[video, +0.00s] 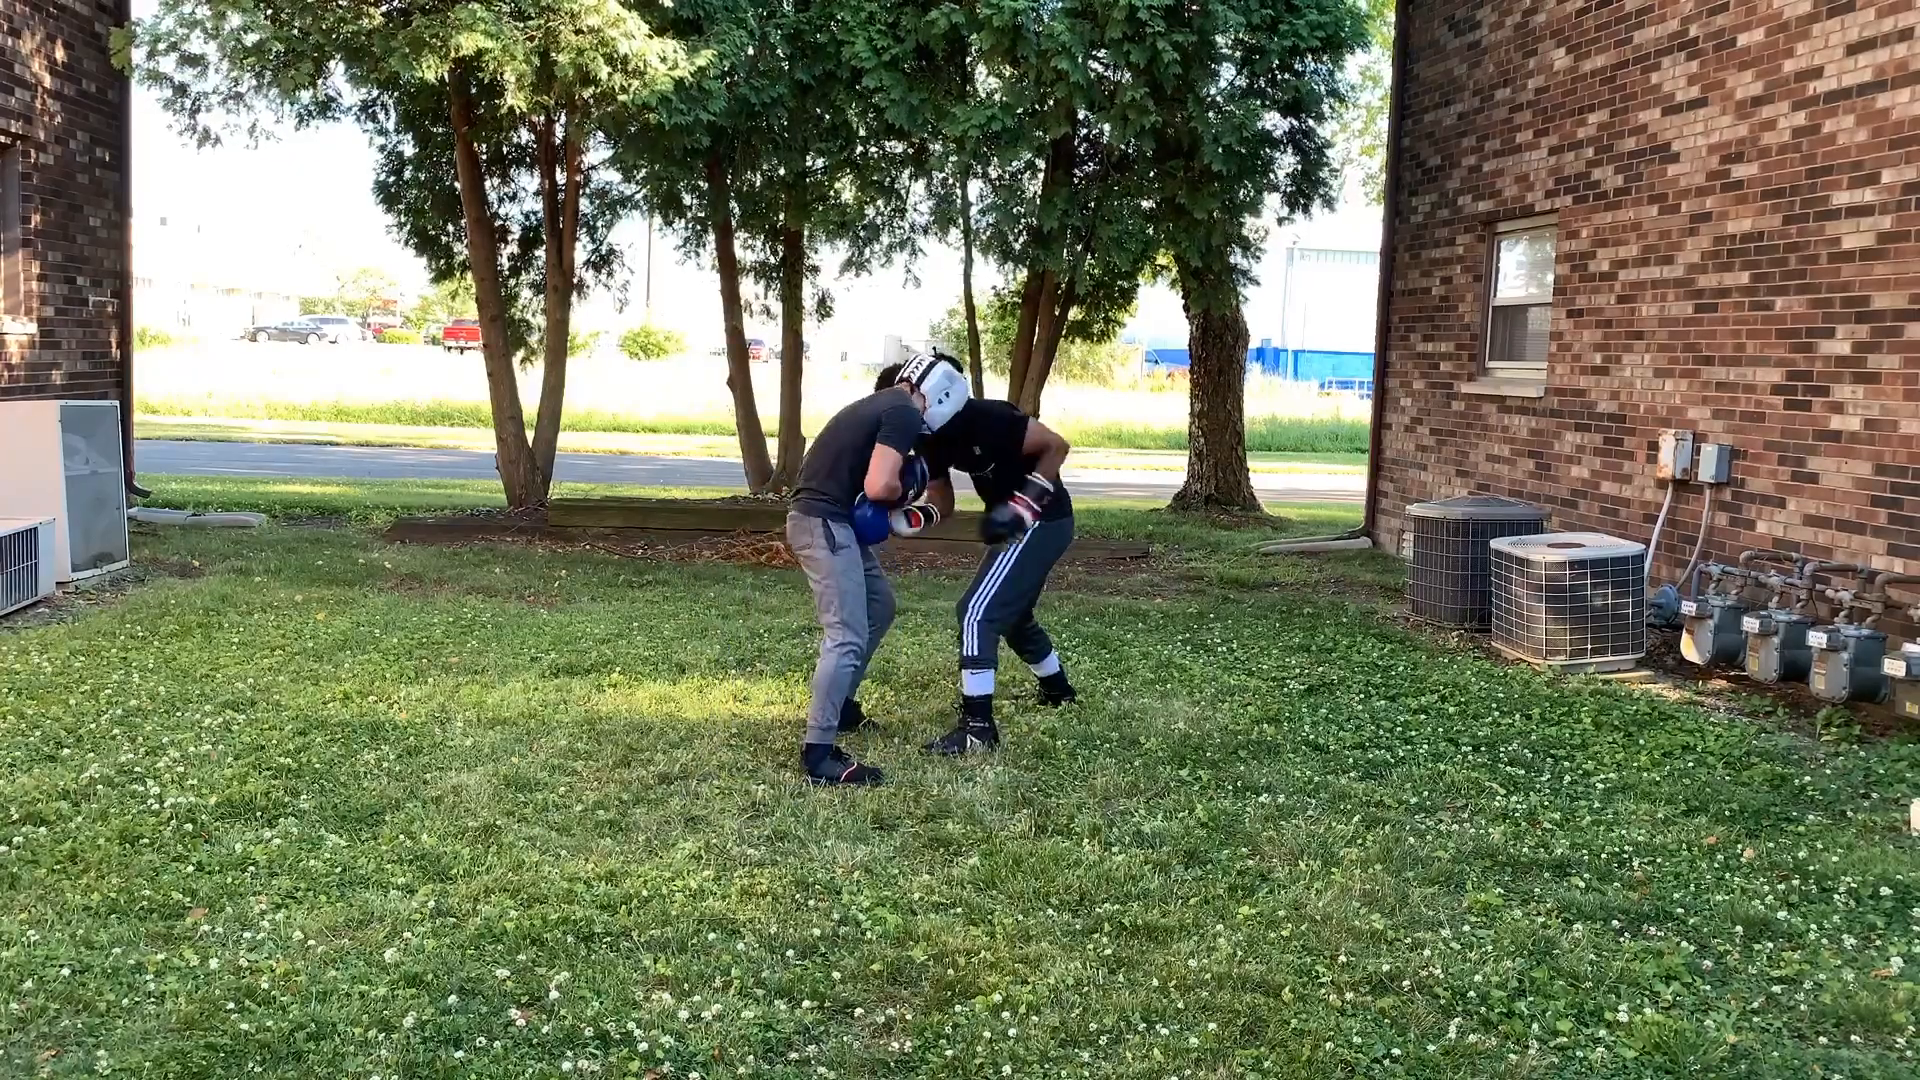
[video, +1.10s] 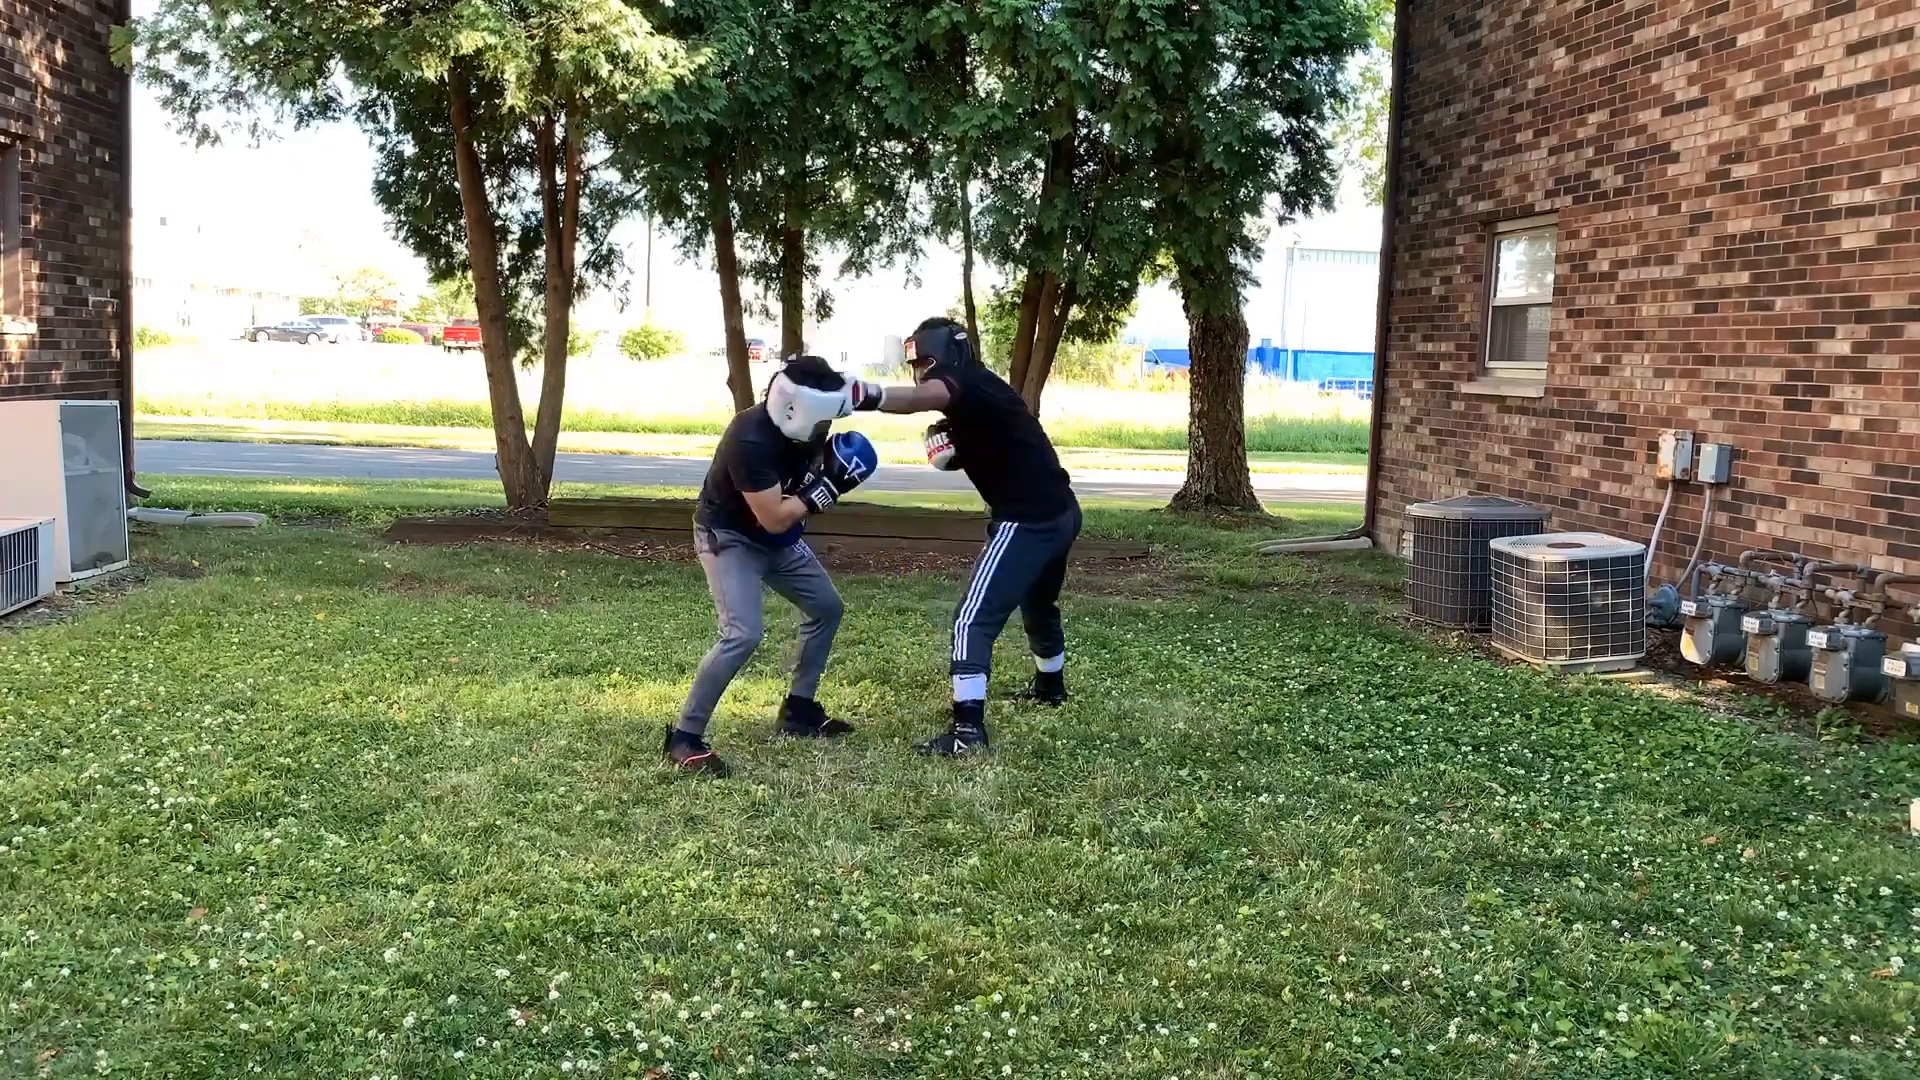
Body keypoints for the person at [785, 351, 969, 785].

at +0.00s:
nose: (934, 419)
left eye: (940, 412)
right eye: (938, 409)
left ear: (910, 383)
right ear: (926, 391)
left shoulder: (884, 406)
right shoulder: (901, 409)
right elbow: (878, 486)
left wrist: (905, 513)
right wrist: (905, 487)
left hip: (837, 523)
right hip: (820, 522)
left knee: (880, 609)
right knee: (847, 635)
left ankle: (842, 709)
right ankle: (817, 753)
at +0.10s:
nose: (937, 409)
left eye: (941, 400)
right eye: (938, 398)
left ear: (899, 377)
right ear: (922, 388)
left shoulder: (866, 399)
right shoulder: (908, 422)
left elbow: (852, 466)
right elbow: (879, 502)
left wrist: (907, 486)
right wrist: (904, 524)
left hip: (793, 509)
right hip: (819, 520)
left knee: (840, 618)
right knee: (846, 639)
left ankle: (833, 707)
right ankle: (817, 752)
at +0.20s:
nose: (928, 400)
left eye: (930, 392)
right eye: (929, 391)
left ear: (889, 363)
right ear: (920, 384)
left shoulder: (837, 371)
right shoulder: (912, 426)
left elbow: (793, 427)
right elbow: (896, 497)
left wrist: (829, 458)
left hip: (783, 516)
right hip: (828, 526)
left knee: (815, 621)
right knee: (847, 632)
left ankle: (832, 710)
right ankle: (823, 752)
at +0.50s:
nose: (903, 397)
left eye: (908, 388)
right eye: (902, 386)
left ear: (864, 368)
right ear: (879, 379)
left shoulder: (835, 381)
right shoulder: (850, 426)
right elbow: (854, 504)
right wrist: (875, 467)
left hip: (770, 502)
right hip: (782, 514)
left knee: (803, 618)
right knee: (811, 628)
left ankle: (786, 712)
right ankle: (816, 751)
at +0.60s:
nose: (883, 381)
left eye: (888, 373)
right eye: (878, 371)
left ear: (851, 361)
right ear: (855, 365)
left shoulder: (846, 393)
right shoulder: (820, 409)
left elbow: (850, 467)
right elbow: (832, 492)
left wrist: (867, 443)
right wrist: (870, 452)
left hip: (794, 510)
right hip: (764, 509)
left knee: (811, 615)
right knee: (787, 619)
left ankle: (786, 715)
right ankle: (780, 737)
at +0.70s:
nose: (873, 378)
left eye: (876, 369)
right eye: (870, 368)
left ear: (841, 359)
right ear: (844, 360)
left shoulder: (833, 393)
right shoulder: (798, 404)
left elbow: (842, 460)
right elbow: (817, 486)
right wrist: (858, 446)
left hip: (793, 514)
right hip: (756, 509)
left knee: (809, 613)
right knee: (766, 617)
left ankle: (785, 714)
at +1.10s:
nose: (825, 428)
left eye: (828, 420)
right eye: (821, 420)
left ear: (801, 407)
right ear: (792, 411)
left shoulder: (807, 426)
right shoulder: (749, 439)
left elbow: (807, 477)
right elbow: (775, 519)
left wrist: (834, 472)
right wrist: (827, 487)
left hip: (780, 539)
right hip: (728, 538)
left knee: (826, 608)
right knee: (743, 634)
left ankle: (800, 709)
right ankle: (685, 737)